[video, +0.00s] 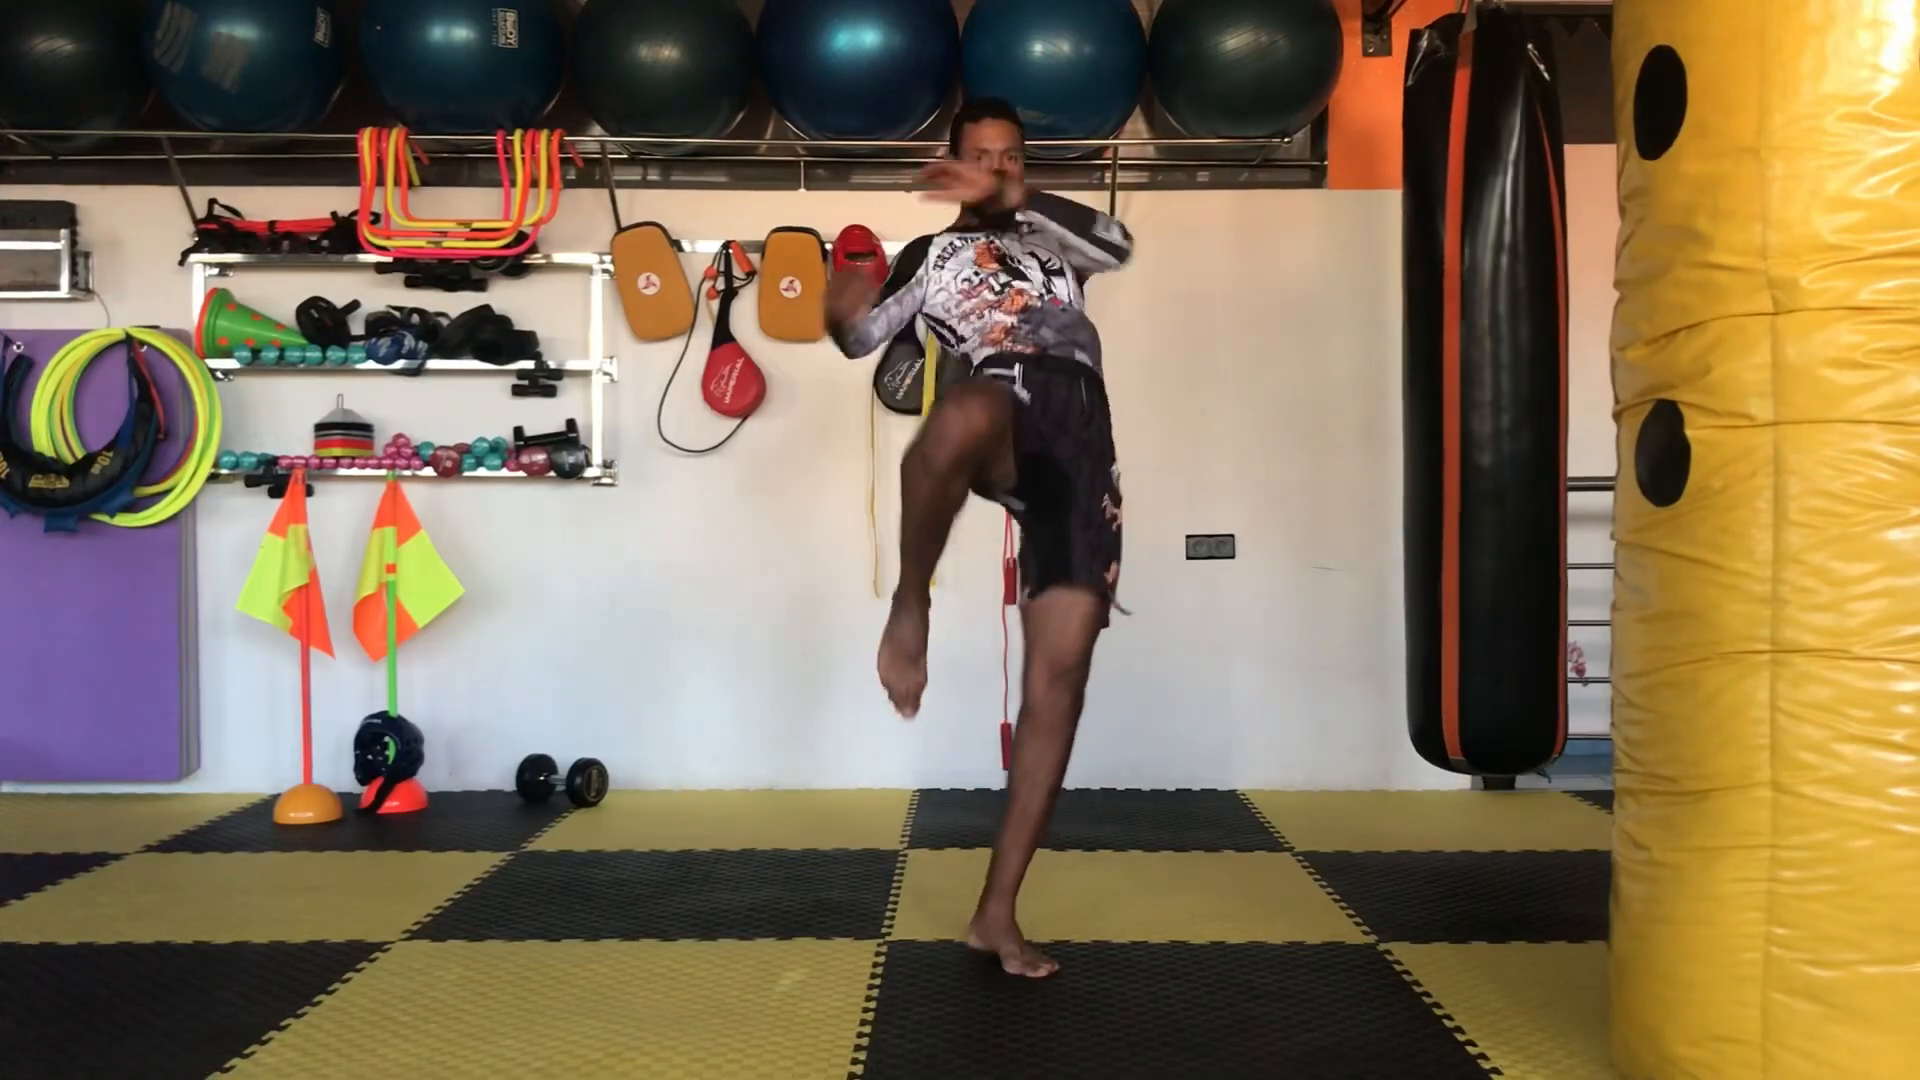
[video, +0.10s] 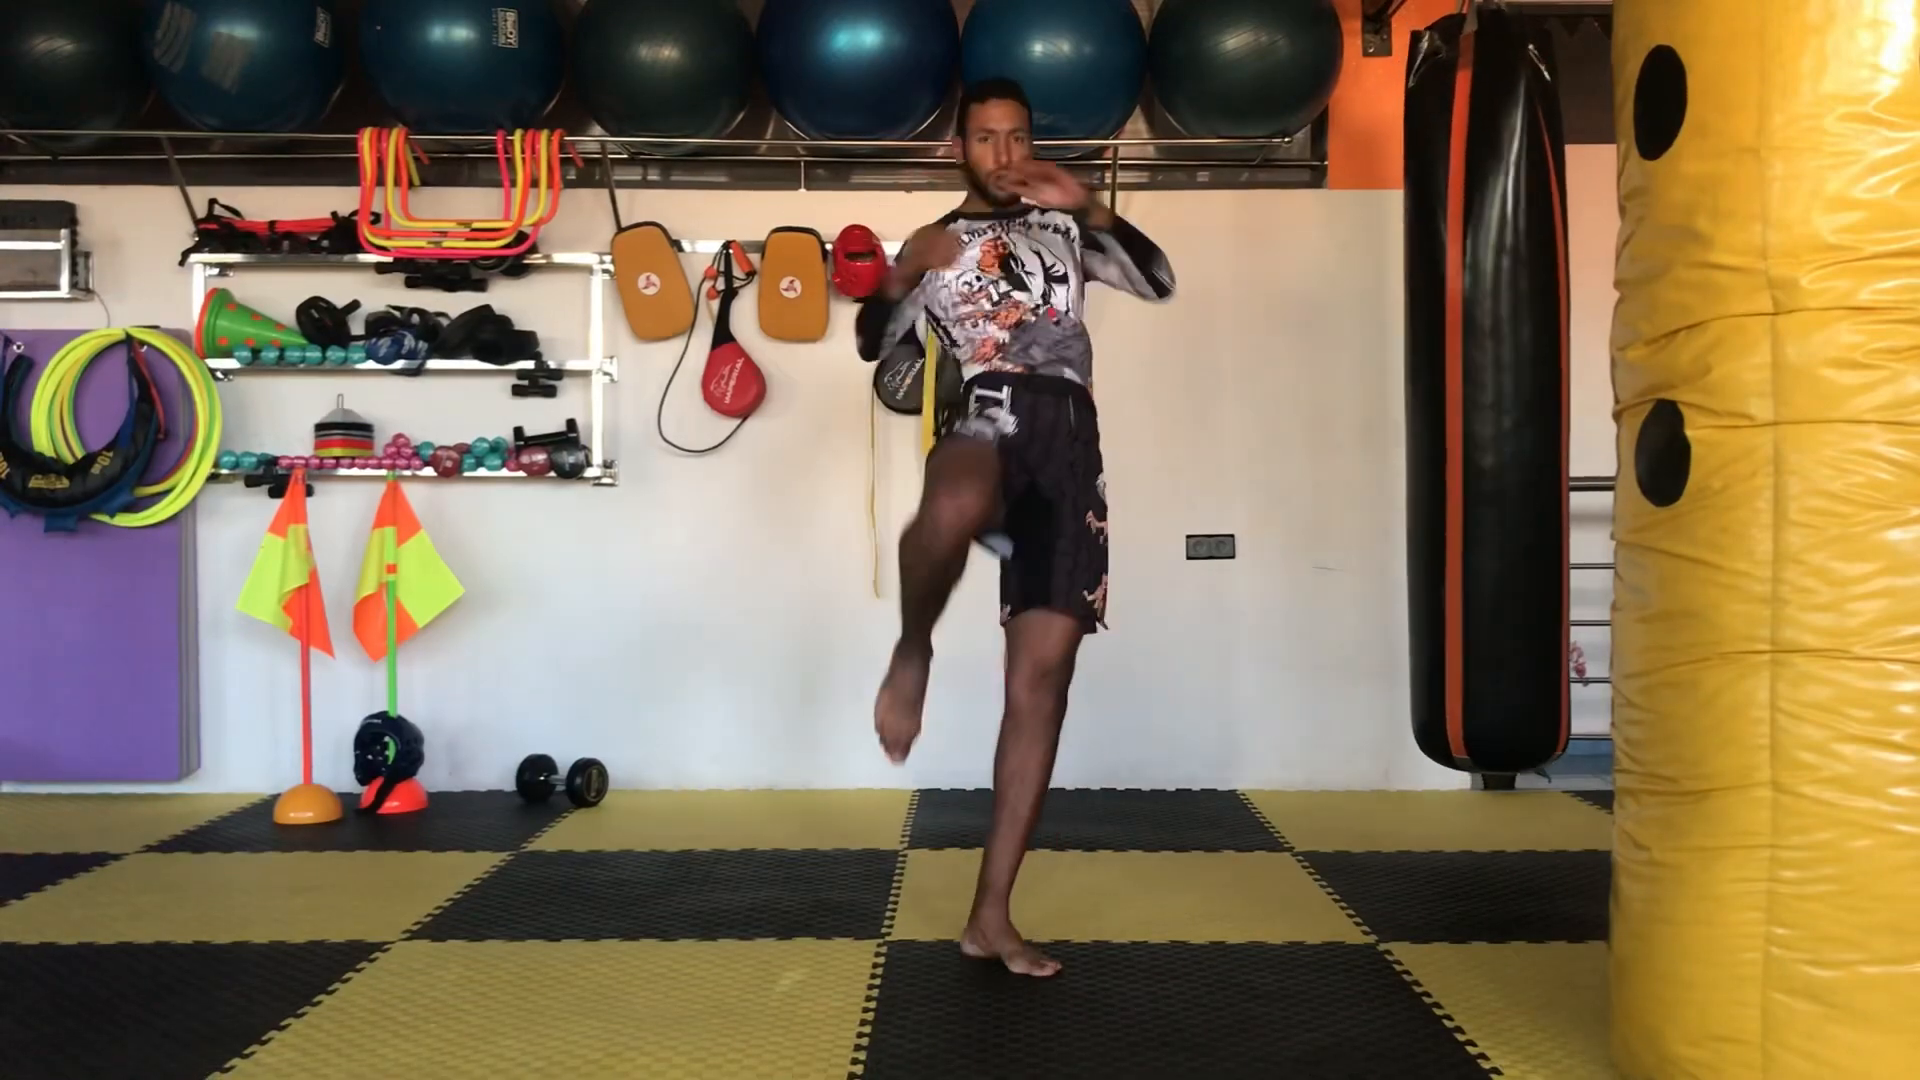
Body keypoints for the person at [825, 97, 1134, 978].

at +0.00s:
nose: (995, 171)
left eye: (1008, 158)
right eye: (978, 157)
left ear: (1026, 165)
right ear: (953, 169)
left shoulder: (1057, 234)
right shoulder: (934, 256)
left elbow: (1115, 246)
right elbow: (860, 340)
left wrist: (1010, 194)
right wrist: (845, 305)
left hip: (1079, 435)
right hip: (996, 417)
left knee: (1059, 686)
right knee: (960, 415)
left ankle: (998, 908)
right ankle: (911, 604)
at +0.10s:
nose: (1003, 152)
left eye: (1015, 136)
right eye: (985, 136)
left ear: (1033, 145)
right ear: (959, 147)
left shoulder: (1068, 231)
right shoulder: (933, 247)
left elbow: (1157, 280)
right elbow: (893, 374)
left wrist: (1088, 205)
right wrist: (880, 298)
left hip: (1066, 445)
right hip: (978, 429)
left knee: (1040, 685)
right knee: (951, 513)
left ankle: (992, 914)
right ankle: (913, 654)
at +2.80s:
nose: (972, 190)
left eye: (990, 180)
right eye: (958, 176)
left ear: (1011, 191)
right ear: (941, 178)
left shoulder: (1023, 261)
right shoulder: (899, 234)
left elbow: (1030, 378)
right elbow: (877, 203)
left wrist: (1074, 497)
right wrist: (993, 221)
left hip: (950, 401)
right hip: (869, 429)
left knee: (965, 271)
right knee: (867, 665)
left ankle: (1056, 507)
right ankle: (931, 883)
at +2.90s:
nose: (971, 192)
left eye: (987, 180)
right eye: (958, 178)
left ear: (1013, 190)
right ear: (940, 181)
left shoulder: (1027, 259)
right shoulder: (905, 234)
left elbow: (1037, 365)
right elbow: (874, 201)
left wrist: (1072, 450)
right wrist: (996, 217)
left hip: (943, 407)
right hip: (864, 438)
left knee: (952, 284)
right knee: (862, 669)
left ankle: (1034, 511)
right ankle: (932, 884)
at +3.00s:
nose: (969, 191)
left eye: (985, 176)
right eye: (956, 176)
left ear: (1015, 182)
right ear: (941, 179)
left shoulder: (1038, 256)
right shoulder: (911, 228)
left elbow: (1036, 375)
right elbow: (867, 215)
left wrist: (1057, 404)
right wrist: (992, 217)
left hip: (949, 409)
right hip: (865, 420)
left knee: (942, 334)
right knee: (864, 673)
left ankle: (1029, 546)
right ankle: (936, 886)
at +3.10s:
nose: (966, 178)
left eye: (983, 163)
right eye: (953, 163)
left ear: (1013, 172)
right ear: (938, 171)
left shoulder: (1036, 249)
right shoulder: (904, 241)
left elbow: (1048, 385)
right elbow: (838, 239)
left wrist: (1038, 385)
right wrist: (955, 215)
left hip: (951, 415)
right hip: (869, 424)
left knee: (928, 373)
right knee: (876, 671)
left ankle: (1025, 587)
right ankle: (944, 895)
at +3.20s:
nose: (963, 157)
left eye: (980, 143)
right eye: (952, 142)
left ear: (1011, 153)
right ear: (935, 150)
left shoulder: (1037, 249)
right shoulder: (907, 233)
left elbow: (1049, 392)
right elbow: (820, 290)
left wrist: (1015, 355)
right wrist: (895, 245)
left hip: (965, 404)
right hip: (881, 429)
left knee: (935, 450)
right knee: (900, 678)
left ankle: (1027, 652)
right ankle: (957, 906)